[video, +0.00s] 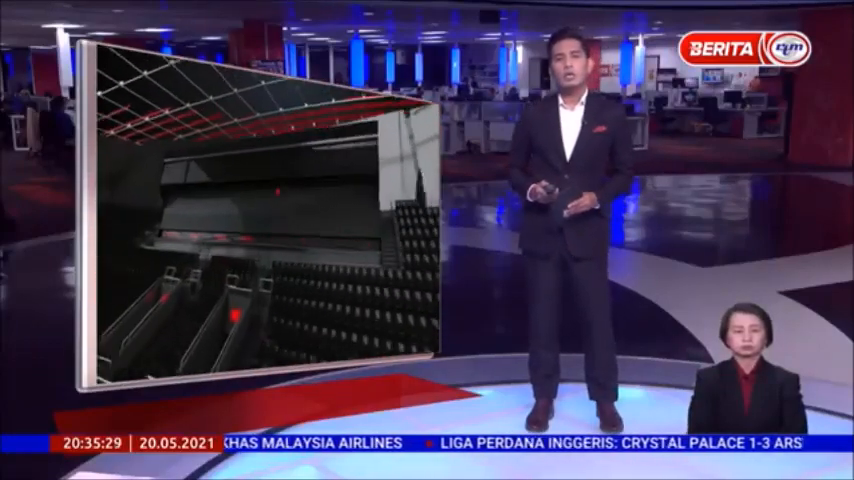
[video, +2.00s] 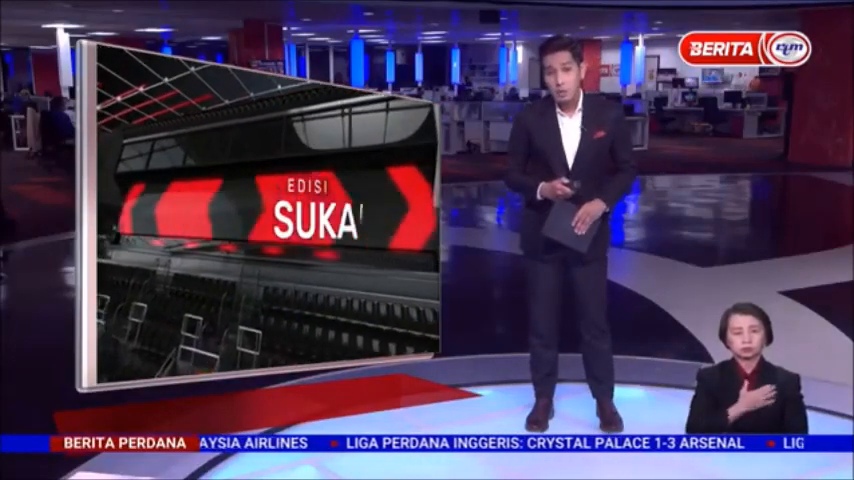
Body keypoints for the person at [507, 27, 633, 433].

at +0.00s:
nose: (567, 65)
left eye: (575, 57)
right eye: (559, 58)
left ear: (590, 63)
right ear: (551, 66)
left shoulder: (611, 112)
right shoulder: (534, 112)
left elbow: (625, 173)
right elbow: (515, 166)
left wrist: (598, 197)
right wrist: (529, 187)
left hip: (588, 232)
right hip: (541, 232)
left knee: (596, 317)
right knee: (543, 317)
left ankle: (605, 400)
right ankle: (543, 398)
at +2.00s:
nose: (558, 79)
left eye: (565, 69)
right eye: (550, 72)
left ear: (581, 71)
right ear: (543, 77)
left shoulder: (607, 112)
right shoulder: (529, 117)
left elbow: (626, 169)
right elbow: (512, 173)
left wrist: (601, 202)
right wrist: (540, 188)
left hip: (590, 231)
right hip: (542, 232)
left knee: (594, 320)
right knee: (543, 322)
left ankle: (605, 400)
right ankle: (542, 400)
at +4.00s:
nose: (564, 72)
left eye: (572, 63)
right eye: (557, 64)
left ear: (586, 69)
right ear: (548, 72)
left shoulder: (608, 112)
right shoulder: (531, 115)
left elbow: (626, 170)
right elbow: (513, 170)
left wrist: (601, 201)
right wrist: (537, 185)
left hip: (590, 232)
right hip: (542, 233)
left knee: (593, 321)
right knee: (543, 322)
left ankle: (605, 400)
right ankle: (542, 400)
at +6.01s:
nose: (561, 76)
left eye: (569, 68)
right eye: (554, 68)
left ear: (583, 72)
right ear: (545, 73)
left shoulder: (606, 112)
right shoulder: (528, 116)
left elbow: (624, 171)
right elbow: (512, 172)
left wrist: (602, 199)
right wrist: (532, 187)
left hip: (589, 231)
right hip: (541, 232)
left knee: (593, 321)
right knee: (543, 322)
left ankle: (605, 401)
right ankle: (542, 401)